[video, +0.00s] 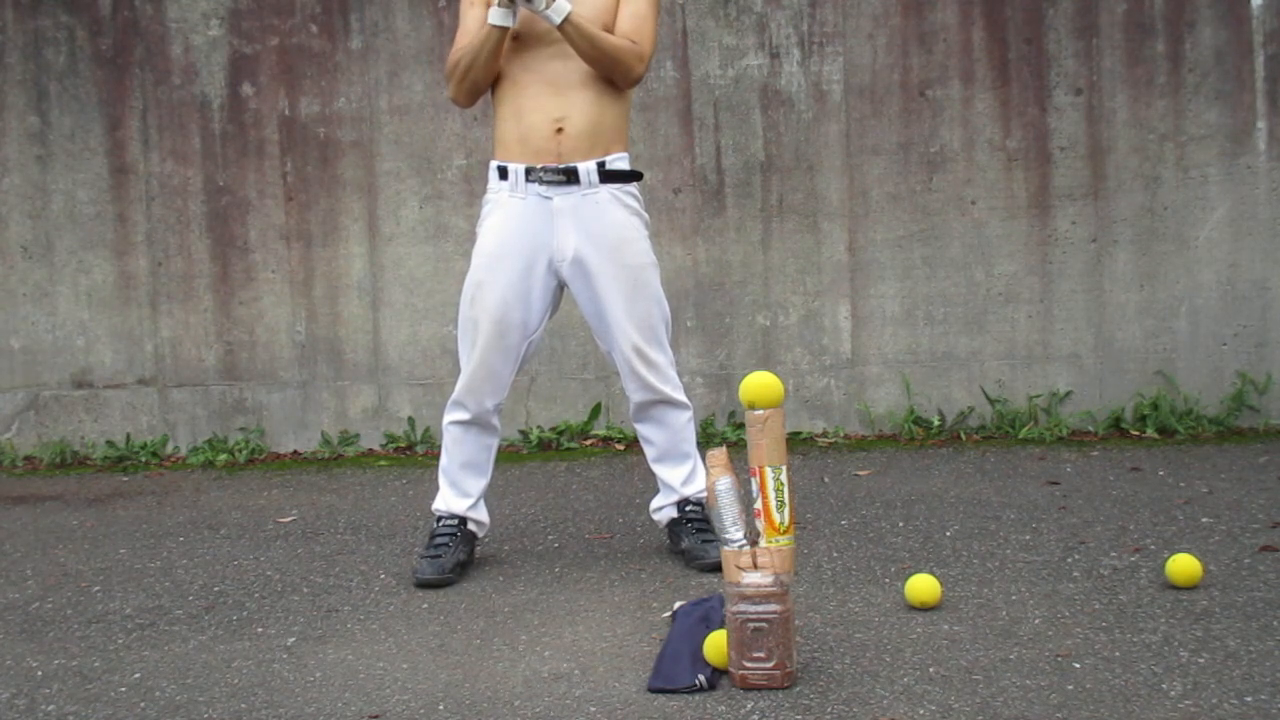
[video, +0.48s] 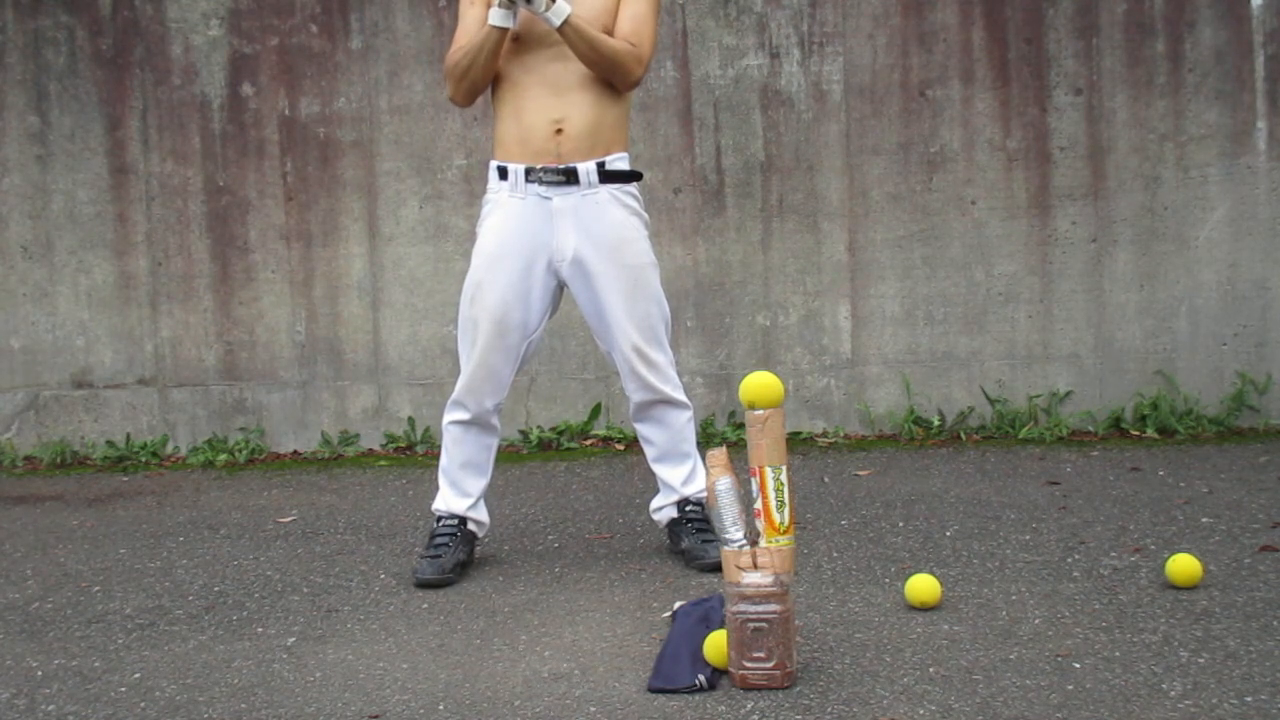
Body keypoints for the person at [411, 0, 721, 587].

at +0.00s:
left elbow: (630, 68)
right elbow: (462, 90)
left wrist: (561, 15)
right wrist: (500, 16)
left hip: (606, 195)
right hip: (514, 197)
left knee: (647, 363)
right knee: (481, 372)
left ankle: (686, 507)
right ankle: (455, 517)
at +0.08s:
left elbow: (629, 69)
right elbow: (461, 88)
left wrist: (560, 15)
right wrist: (500, 16)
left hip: (606, 195)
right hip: (513, 197)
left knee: (647, 363)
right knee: (480, 373)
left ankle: (686, 507)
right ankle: (455, 517)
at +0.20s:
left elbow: (629, 68)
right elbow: (460, 88)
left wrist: (560, 15)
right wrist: (499, 16)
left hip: (605, 195)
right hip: (513, 197)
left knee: (647, 362)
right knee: (480, 373)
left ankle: (686, 507)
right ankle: (455, 517)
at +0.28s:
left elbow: (629, 69)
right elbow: (460, 87)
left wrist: (560, 15)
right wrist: (499, 16)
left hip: (605, 195)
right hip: (513, 197)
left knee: (647, 362)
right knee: (480, 372)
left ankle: (686, 507)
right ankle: (455, 517)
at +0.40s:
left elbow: (628, 69)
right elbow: (460, 88)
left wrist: (560, 15)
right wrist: (500, 16)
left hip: (605, 195)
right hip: (513, 197)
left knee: (647, 362)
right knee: (480, 373)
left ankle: (686, 507)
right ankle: (455, 517)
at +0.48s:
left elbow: (628, 70)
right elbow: (461, 89)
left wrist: (560, 15)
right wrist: (500, 17)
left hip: (605, 195)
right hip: (513, 198)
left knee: (647, 363)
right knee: (480, 373)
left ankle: (686, 507)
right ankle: (455, 517)